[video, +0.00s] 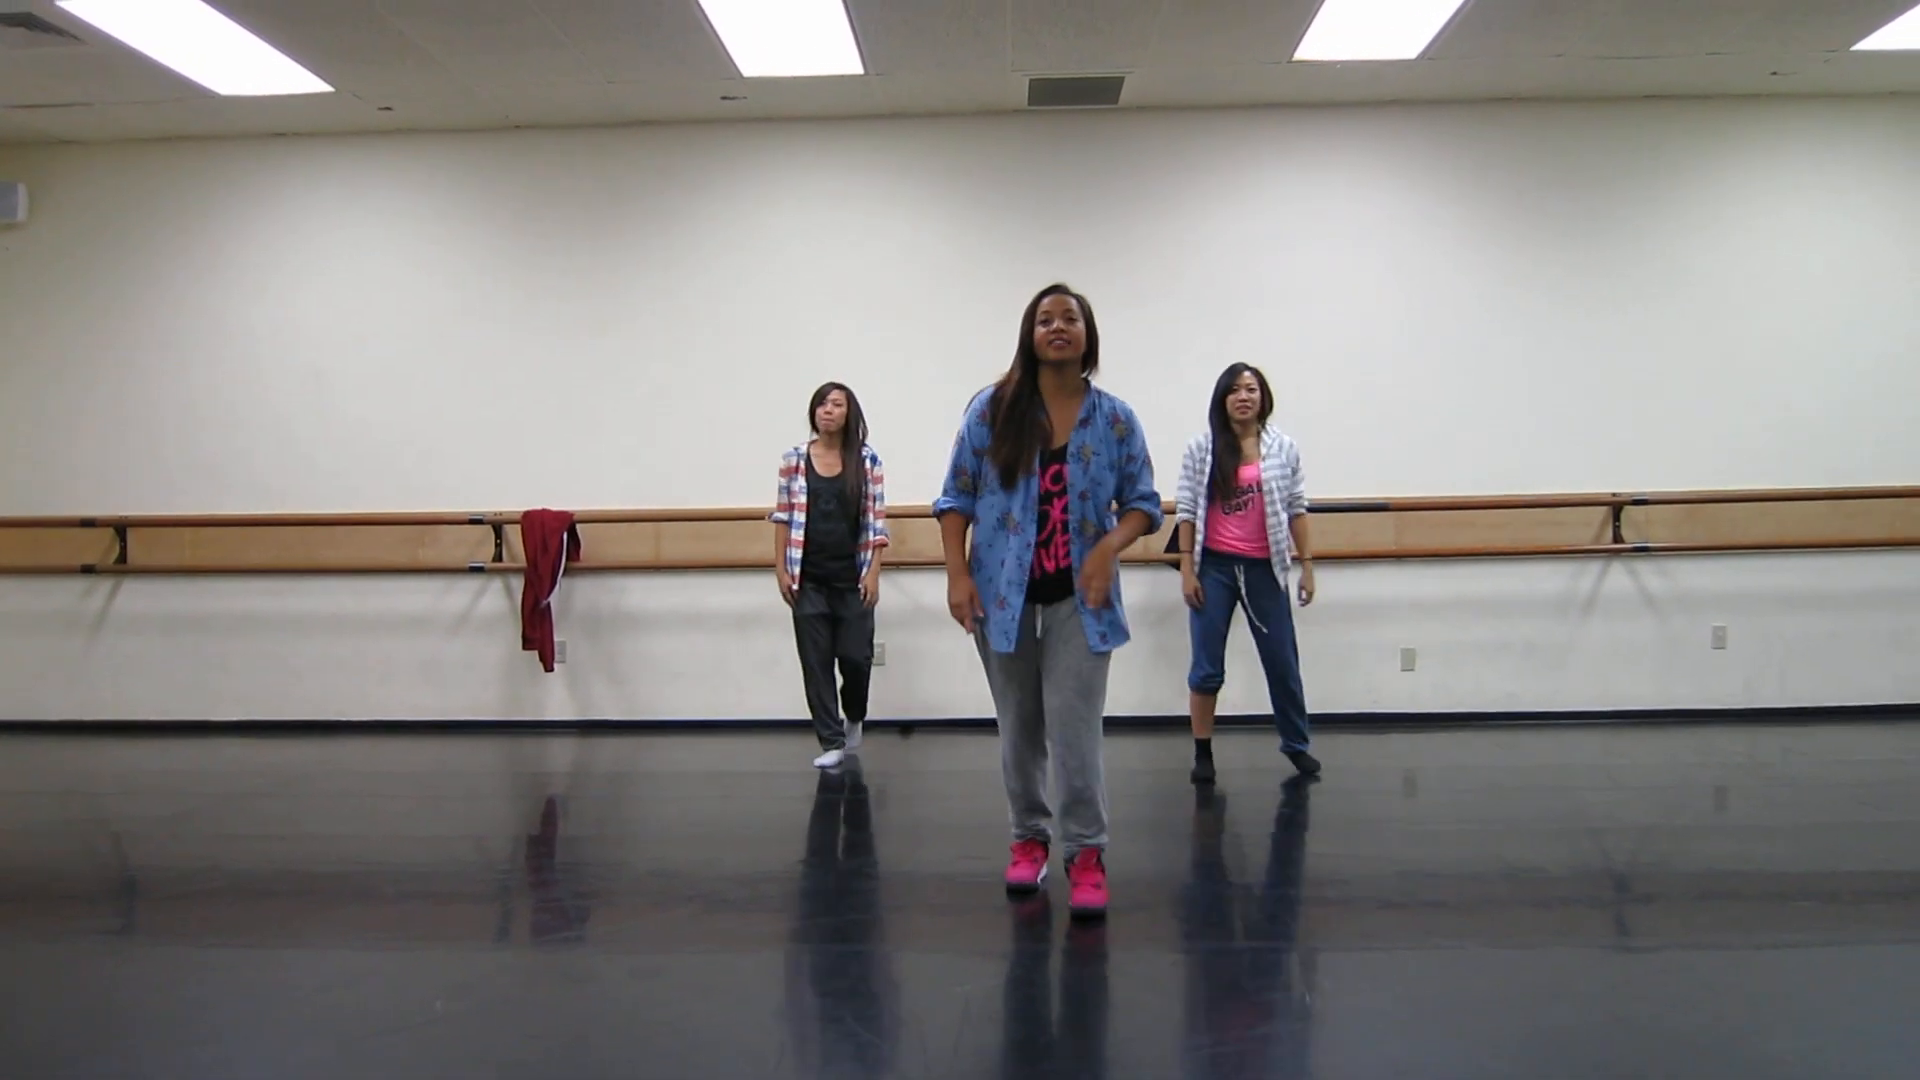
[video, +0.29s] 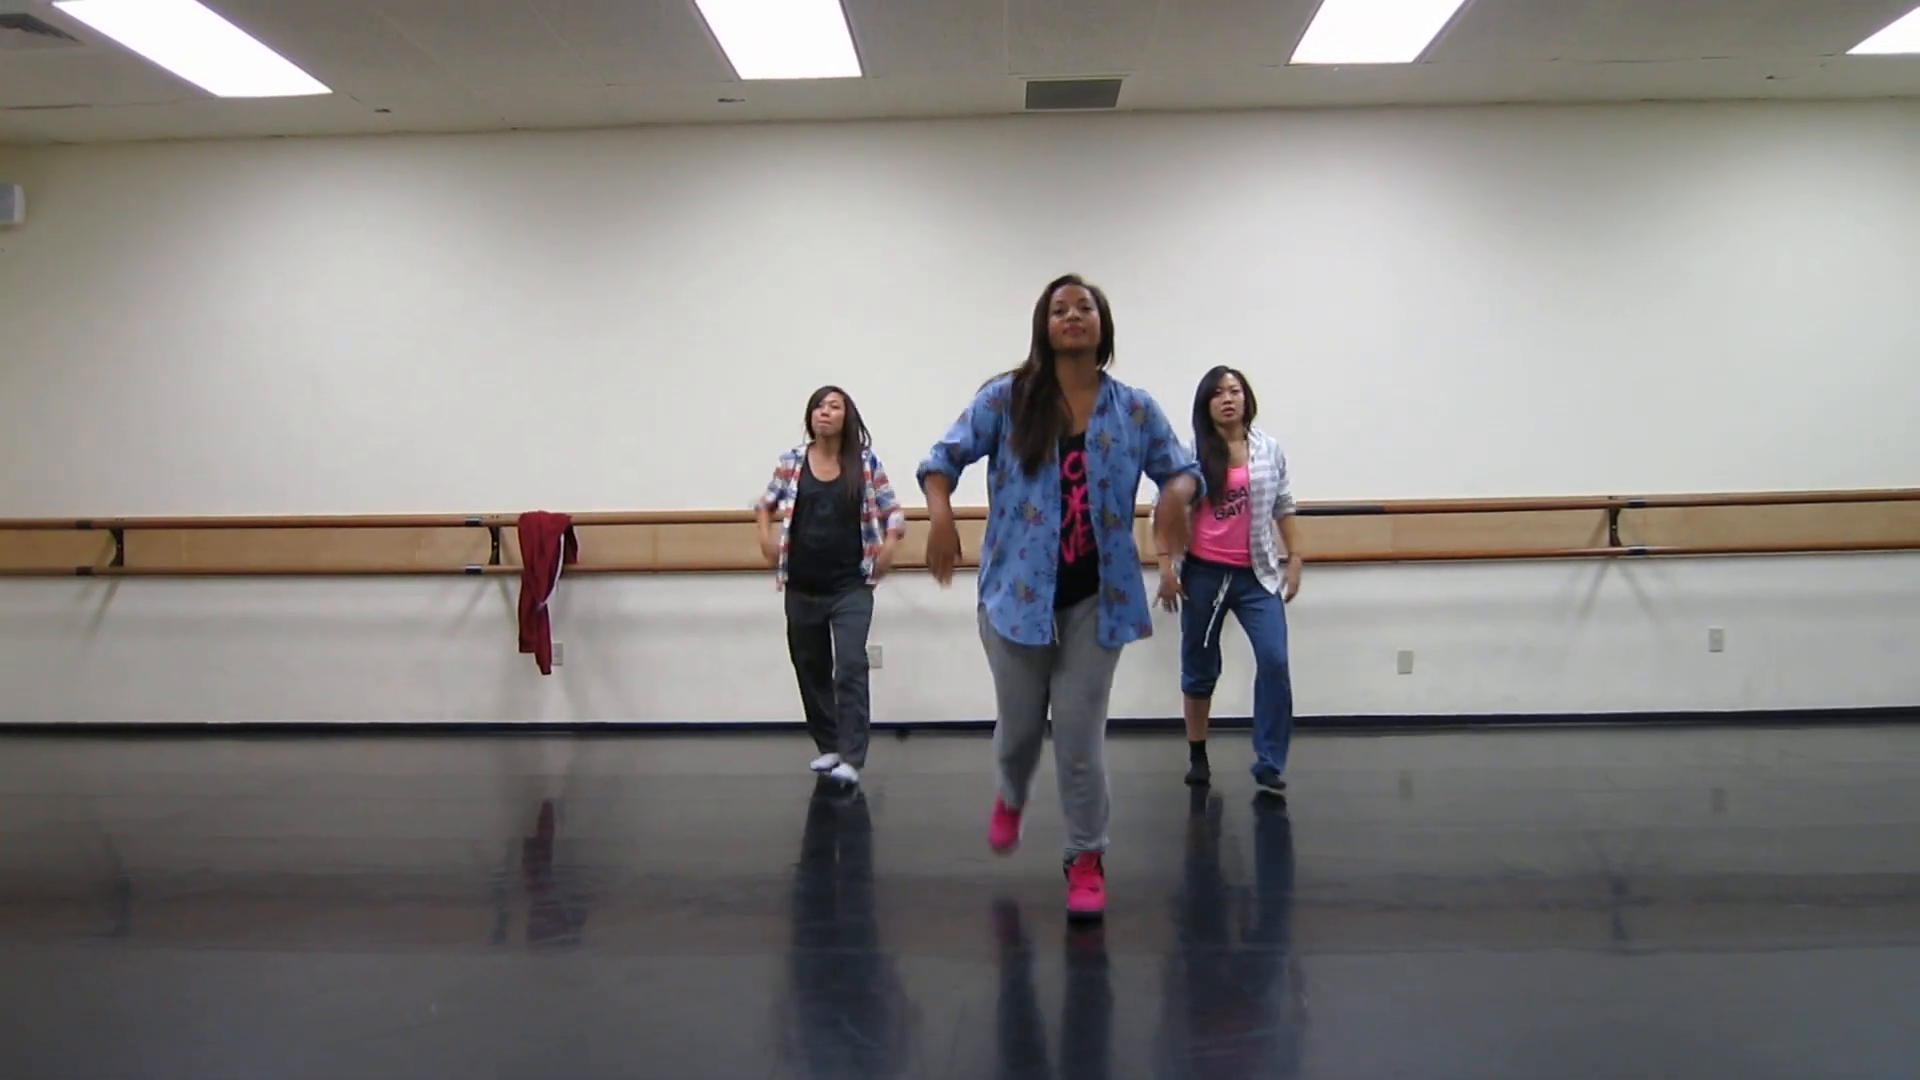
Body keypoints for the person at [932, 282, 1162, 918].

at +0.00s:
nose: (1058, 326)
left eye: (1070, 318)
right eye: (1046, 318)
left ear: (1088, 333)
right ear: (1028, 335)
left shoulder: (1114, 417)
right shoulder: (992, 409)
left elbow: (1142, 506)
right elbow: (955, 499)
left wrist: (1108, 549)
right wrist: (959, 573)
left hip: (1078, 600)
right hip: (1004, 601)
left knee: (1074, 727)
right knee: (1019, 729)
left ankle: (1085, 854)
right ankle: (1029, 839)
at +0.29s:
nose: (1074, 315)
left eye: (1084, 306)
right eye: (1061, 308)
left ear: (1104, 324)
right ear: (1043, 327)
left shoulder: (1134, 408)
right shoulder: (1007, 397)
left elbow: (1184, 470)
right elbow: (938, 462)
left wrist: (1175, 497)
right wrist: (942, 520)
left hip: (1096, 597)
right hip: (1017, 596)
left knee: (1076, 734)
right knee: (1020, 731)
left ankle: (1086, 859)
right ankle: (1011, 800)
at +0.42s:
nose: (1068, 329)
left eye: (1078, 321)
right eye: (1055, 324)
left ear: (1097, 339)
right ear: (1038, 344)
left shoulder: (1130, 420)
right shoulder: (1003, 413)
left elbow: (1193, 485)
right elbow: (941, 473)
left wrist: (1205, 422)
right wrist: (931, 427)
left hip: (1098, 612)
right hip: (1021, 612)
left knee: (1087, 746)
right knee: (1017, 749)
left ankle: (1083, 863)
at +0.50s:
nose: (1059, 321)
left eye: (1070, 312)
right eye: (1046, 315)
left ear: (1090, 330)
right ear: (1028, 335)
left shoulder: (1119, 408)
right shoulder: (996, 405)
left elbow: (1171, 481)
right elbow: (945, 476)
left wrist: (1228, 434)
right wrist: (910, 411)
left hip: (1096, 601)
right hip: (1017, 603)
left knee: (1090, 741)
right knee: (1032, 732)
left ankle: (1088, 863)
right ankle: (996, 725)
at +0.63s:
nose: (1050, 335)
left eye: (1061, 325)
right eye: (1036, 329)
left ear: (1081, 341)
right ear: (1016, 348)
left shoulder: (1102, 409)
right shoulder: (990, 403)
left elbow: (1128, 464)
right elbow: (980, 436)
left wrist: (1092, 460)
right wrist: (1005, 406)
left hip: (1087, 597)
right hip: (1010, 600)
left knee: (1086, 740)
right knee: (1033, 733)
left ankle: (1091, 863)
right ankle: (1047, 873)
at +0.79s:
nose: (1013, 333)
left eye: (1026, 322)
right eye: (1001, 324)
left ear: (1050, 335)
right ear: (986, 339)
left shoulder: (1070, 404)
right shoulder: (964, 404)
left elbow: (1128, 421)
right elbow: (892, 426)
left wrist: (1060, 376)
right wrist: (956, 372)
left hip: (1063, 597)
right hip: (985, 599)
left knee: (1068, 741)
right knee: (987, 738)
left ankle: (1084, 866)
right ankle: (992, 871)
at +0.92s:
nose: (955, 321)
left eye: (966, 310)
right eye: (942, 316)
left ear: (995, 322)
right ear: (931, 336)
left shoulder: (1050, 378)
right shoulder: (920, 398)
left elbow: (1142, 375)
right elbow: (844, 407)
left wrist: (1084, 349)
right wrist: (875, 363)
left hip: (1044, 593)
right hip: (959, 597)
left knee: (1080, 722)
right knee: (926, 731)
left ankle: (1138, 843)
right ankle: (877, 863)